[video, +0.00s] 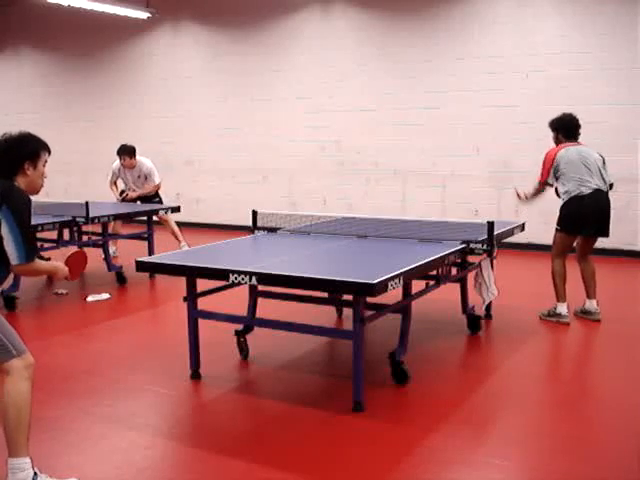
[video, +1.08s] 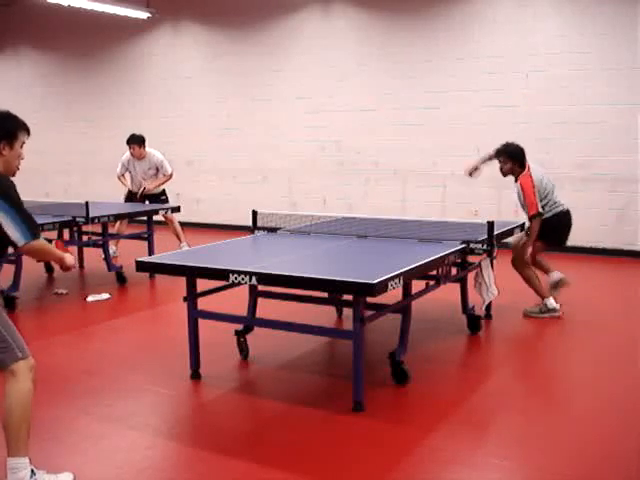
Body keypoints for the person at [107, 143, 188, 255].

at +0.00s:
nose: (121, 163)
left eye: (124, 160)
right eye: (120, 159)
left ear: (132, 158)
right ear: (119, 159)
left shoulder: (146, 165)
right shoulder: (117, 167)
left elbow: (156, 185)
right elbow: (112, 182)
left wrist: (136, 194)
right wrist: (118, 195)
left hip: (149, 195)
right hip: (130, 194)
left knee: (162, 216)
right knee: (117, 218)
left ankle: (182, 243)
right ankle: (113, 247)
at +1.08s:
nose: (131, 151)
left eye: (133, 148)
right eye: (130, 148)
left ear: (142, 147)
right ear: (129, 148)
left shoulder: (155, 157)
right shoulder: (127, 158)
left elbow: (169, 174)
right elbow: (120, 174)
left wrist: (152, 186)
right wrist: (128, 186)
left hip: (156, 193)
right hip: (134, 193)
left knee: (169, 216)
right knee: (122, 218)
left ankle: (183, 244)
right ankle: (113, 247)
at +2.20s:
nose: (146, 153)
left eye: (148, 150)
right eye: (143, 151)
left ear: (153, 146)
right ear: (141, 150)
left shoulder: (163, 154)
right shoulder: (141, 160)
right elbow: (131, 177)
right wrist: (128, 175)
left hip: (165, 195)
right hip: (147, 194)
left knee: (156, 219)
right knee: (126, 218)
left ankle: (165, 250)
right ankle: (121, 242)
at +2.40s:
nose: (144, 148)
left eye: (147, 145)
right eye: (143, 145)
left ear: (155, 144)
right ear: (141, 145)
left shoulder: (168, 155)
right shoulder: (143, 156)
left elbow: (168, 175)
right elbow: (134, 166)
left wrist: (141, 173)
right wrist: (128, 174)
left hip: (176, 189)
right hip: (159, 190)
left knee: (179, 215)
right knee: (147, 217)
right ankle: (145, 245)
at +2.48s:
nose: (146, 149)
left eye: (149, 146)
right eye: (144, 146)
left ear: (157, 145)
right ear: (143, 146)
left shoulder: (169, 156)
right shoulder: (145, 158)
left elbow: (169, 178)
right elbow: (136, 169)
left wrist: (144, 178)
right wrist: (131, 178)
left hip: (177, 191)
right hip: (160, 192)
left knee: (183, 218)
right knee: (147, 218)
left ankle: (204, 244)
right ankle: (144, 245)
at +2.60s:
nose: (155, 151)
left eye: (158, 148)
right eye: (154, 148)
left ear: (166, 147)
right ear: (155, 148)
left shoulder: (179, 160)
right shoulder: (159, 161)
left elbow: (181, 184)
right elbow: (156, 176)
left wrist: (160, 189)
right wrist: (149, 189)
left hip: (186, 195)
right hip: (168, 194)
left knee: (195, 220)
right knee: (151, 215)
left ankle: (217, 245)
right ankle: (146, 244)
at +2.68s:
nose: (166, 152)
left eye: (168, 149)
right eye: (164, 149)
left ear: (177, 149)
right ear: (163, 149)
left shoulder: (190, 162)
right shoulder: (163, 160)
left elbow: (194, 184)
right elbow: (161, 173)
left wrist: (178, 195)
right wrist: (165, 186)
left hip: (190, 189)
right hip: (173, 189)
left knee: (201, 214)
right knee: (157, 217)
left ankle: (220, 241)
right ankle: (153, 242)